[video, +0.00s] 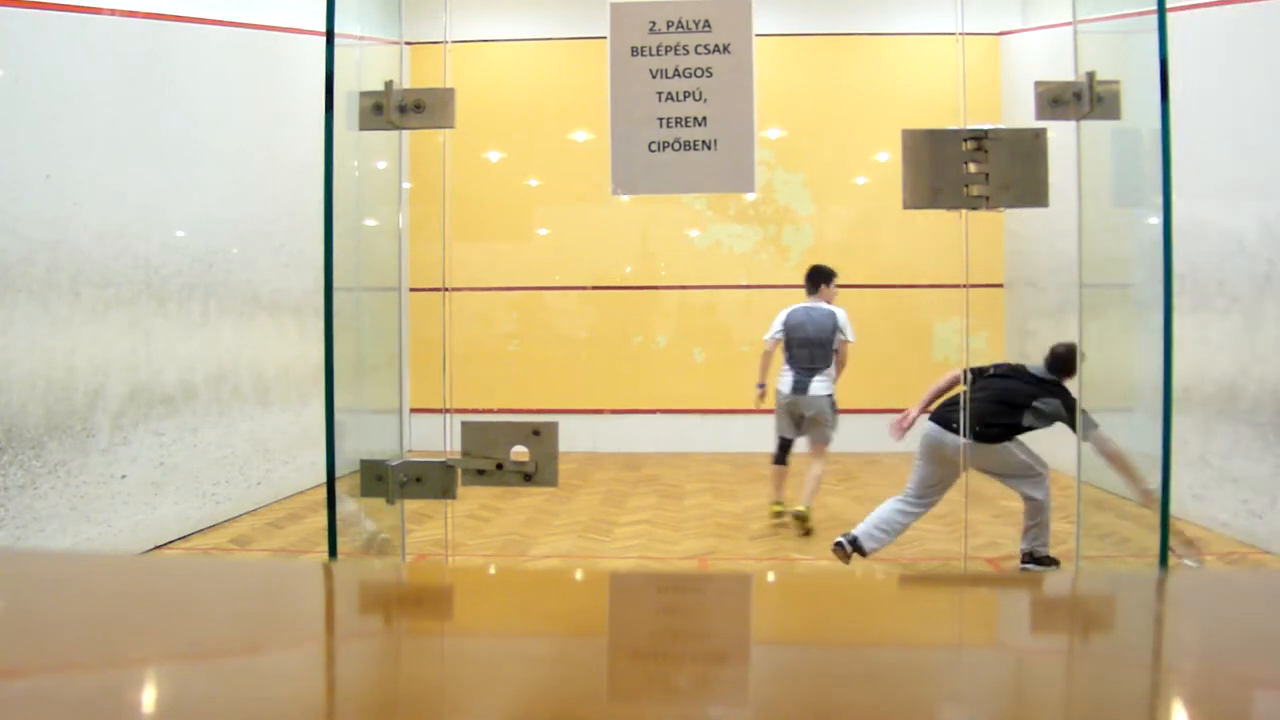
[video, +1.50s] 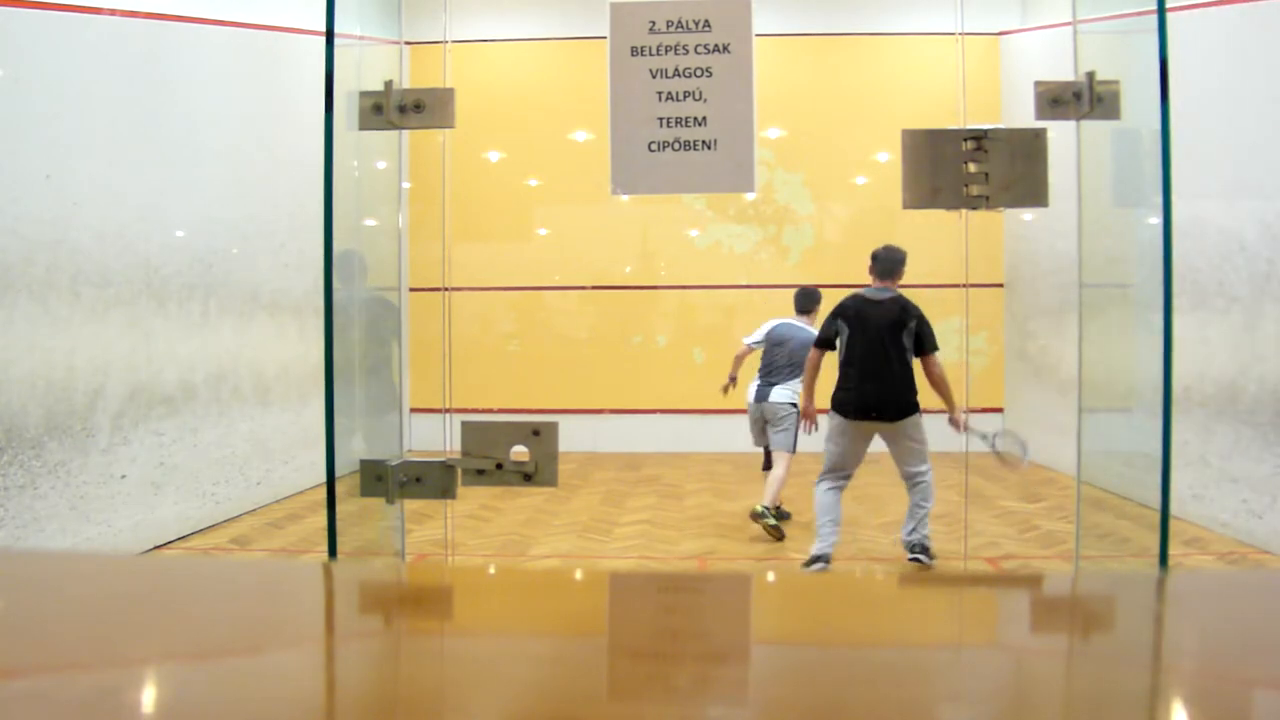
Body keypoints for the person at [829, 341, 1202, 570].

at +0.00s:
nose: (1076, 374)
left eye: (1070, 367)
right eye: (1077, 370)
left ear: (1046, 361)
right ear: (1072, 372)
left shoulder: (1012, 369)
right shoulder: (1063, 401)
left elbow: (955, 377)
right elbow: (1107, 450)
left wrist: (914, 412)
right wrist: (1142, 489)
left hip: (939, 430)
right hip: (983, 442)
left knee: (916, 496)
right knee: (1036, 476)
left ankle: (855, 540)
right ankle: (1034, 552)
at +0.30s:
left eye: (992, 313)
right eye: (1006, 317)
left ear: (981, 314)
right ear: (1007, 323)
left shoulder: (948, 340)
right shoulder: (1000, 354)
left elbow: (906, 374)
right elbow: (994, 393)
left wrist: (883, 418)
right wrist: (993, 438)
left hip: (912, 431)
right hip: (961, 437)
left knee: (885, 496)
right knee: (1005, 482)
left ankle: (854, 555)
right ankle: (1033, 551)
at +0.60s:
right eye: (934, 271)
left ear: (905, 268)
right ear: (935, 272)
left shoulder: (877, 303)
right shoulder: (939, 310)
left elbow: (849, 353)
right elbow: (948, 363)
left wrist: (842, 399)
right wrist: (969, 413)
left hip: (874, 411)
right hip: (923, 414)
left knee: (862, 483)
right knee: (950, 479)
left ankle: (849, 555)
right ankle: (955, 552)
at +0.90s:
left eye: (873, 256)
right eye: (904, 260)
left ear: (873, 258)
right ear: (905, 261)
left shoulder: (849, 298)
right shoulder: (914, 299)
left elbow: (829, 353)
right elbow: (941, 352)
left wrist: (828, 400)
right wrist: (975, 383)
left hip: (853, 406)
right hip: (901, 407)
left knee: (851, 481)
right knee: (919, 481)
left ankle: (847, 556)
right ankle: (933, 553)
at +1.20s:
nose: (901, 269)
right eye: (903, 264)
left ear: (870, 262)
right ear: (901, 266)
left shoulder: (844, 301)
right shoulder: (907, 304)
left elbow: (820, 353)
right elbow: (934, 357)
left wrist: (814, 399)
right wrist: (970, 384)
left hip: (850, 409)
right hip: (896, 410)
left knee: (848, 483)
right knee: (913, 479)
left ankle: (847, 551)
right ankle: (909, 545)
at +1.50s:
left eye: (870, 269)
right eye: (898, 273)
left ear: (870, 271)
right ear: (901, 275)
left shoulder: (847, 306)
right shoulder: (910, 312)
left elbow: (816, 353)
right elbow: (932, 368)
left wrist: (808, 400)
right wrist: (953, 408)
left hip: (851, 408)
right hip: (899, 409)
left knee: (832, 479)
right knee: (918, 475)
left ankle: (822, 551)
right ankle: (917, 541)